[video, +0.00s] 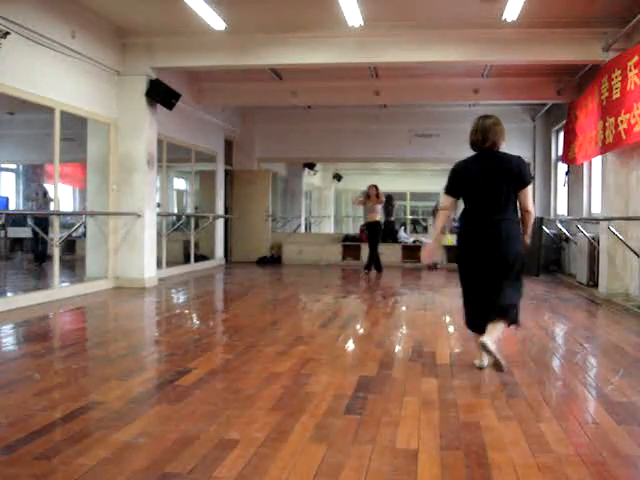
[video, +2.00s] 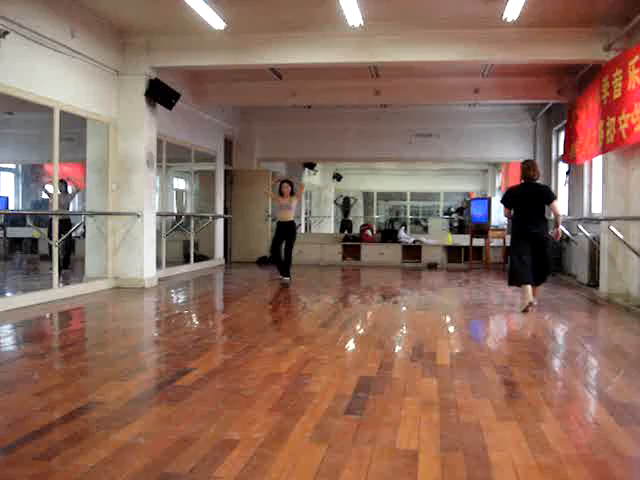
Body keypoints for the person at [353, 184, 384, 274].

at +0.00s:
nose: (371, 191)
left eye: (373, 189)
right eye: (370, 189)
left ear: (376, 191)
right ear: (368, 191)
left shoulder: (377, 200)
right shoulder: (366, 200)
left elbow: (382, 201)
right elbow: (355, 202)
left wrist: (380, 194)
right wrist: (362, 196)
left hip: (376, 222)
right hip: (368, 222)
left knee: (373, 247)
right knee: (372, 247)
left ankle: (367, 268)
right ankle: (379, 268)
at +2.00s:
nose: (285, 189)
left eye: (287, 187)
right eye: (283, 187)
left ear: (290, 189)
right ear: (280, 189)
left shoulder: (293, 199)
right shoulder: (278, 199)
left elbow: (299, 195)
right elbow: (268, 193)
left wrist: (300, 190)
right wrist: (272, 183)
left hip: (290, 223)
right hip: (281, 223)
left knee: (288, 250)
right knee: (275, 249)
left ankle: (286, 275)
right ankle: (283, 273)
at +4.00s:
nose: (235, 186)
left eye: (236, 184)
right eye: (233, 184)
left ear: (237, 186)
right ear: (227, 186)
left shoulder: (238, 196)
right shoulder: (225, 198)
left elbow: (252, 199)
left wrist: (244, 191)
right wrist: (228, 192)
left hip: (236, 220)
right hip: (227, 221)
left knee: (240, 248)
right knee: (226, 248)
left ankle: (244, 272)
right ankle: (226, 272)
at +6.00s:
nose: (240, 187)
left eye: (239, 185)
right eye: (238, 185)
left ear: (237, 187)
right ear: (234, 187)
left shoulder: (239, 197)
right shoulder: (233, 198)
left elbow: (249, 193)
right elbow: (246, 197)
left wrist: (242, 192)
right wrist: (242, 192)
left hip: (238, 221)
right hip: (232, 221)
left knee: (238, 247)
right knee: (231, 248)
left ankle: (241, 271)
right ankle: (230, 272)